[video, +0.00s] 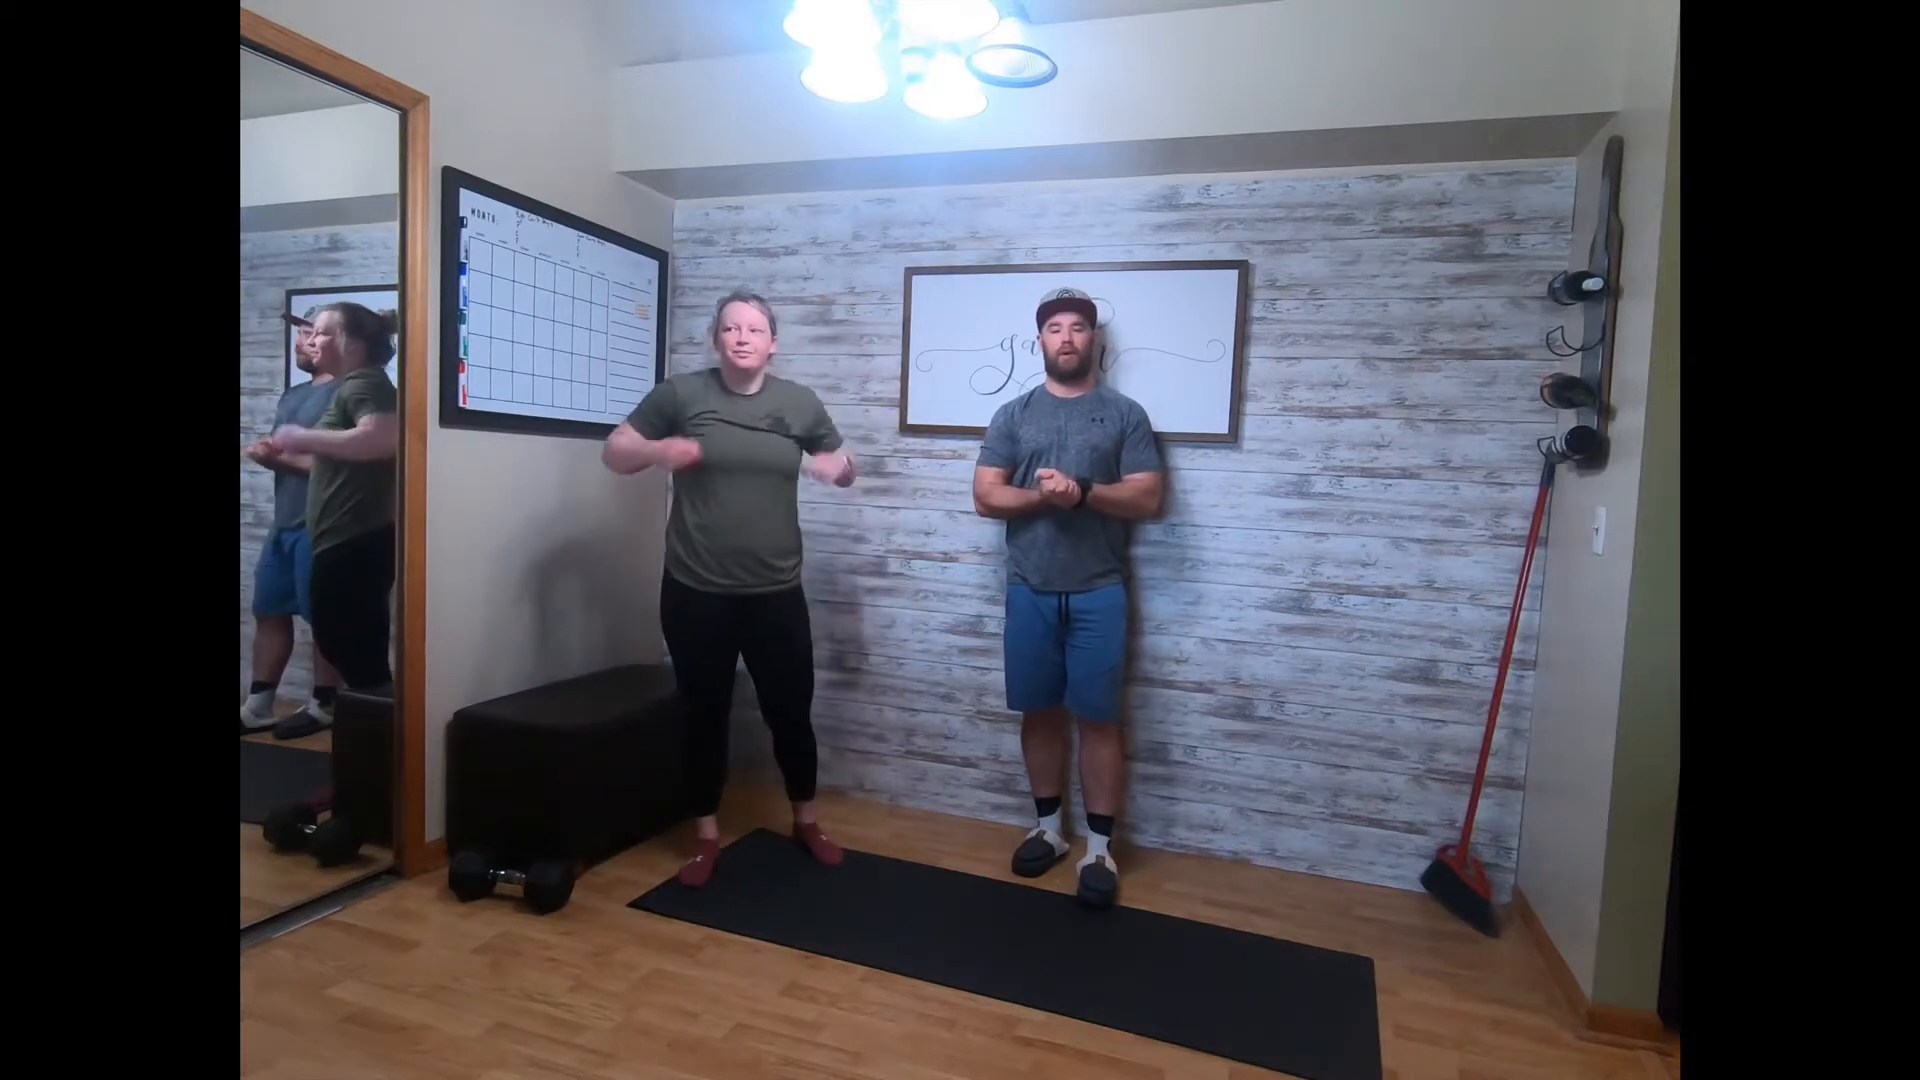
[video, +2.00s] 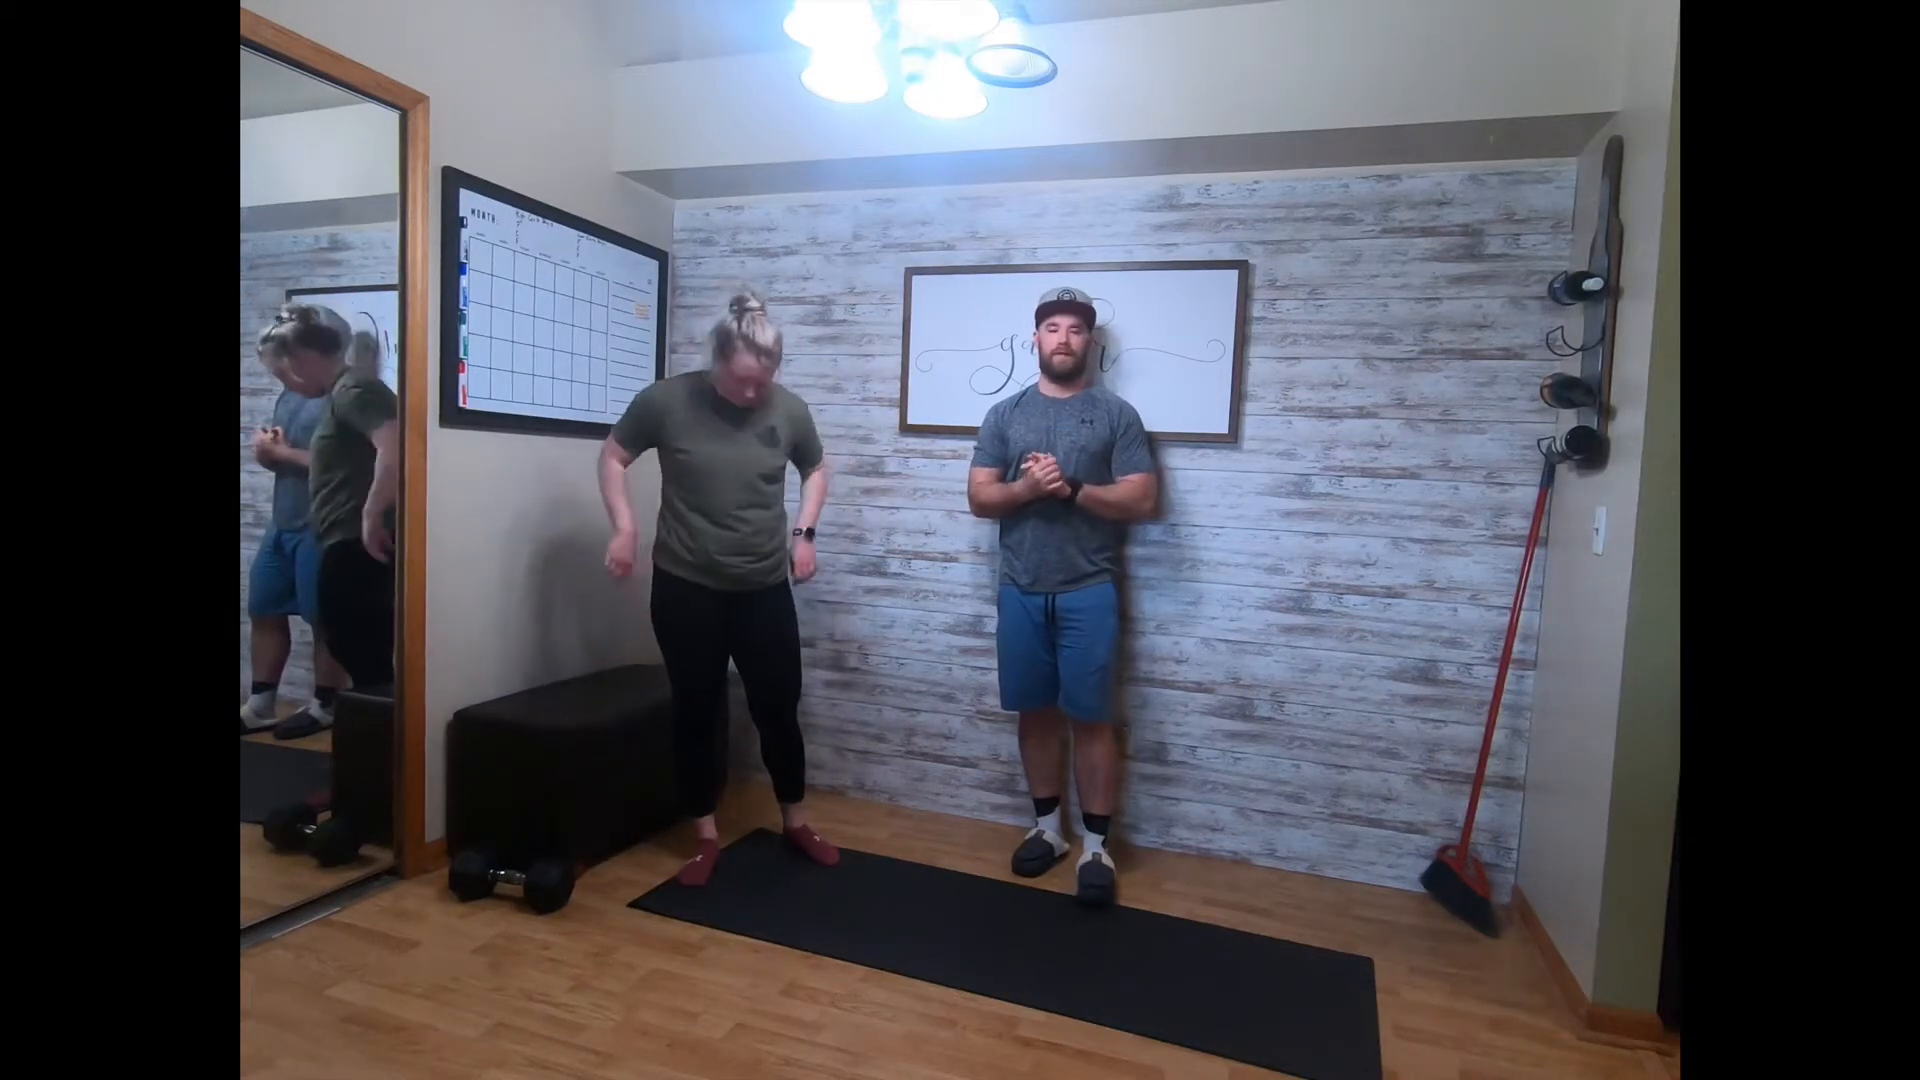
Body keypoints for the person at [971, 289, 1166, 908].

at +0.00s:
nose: (1067, 336)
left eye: (1078, 327)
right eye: (1056, 328)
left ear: (1095, 340)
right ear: (1041, 341)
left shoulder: (1124, 415)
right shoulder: (1013, 415)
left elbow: (1148, 499)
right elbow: (986, 495)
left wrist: (1082, 491)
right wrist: (1041, 495)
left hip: (1099, 585)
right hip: (1029, 586)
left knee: (1097, 715)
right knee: (1038, 711)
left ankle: (1099, 849)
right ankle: (1048, 829)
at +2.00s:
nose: (1063, 338)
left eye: (1075, 330)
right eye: (1052, 328)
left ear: (1091, 343)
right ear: (1036, 340)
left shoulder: (1115, 414)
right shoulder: (1004, 415)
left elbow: (1143, 500)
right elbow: (980, 498)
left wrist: (1071, 489)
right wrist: (1025, 488)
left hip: (1089, 584)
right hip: (1020, 585)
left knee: (1090, 714)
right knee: (1034, 710)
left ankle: (1096, 848)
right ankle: (1048, 830)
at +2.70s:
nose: (1057, 340)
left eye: (1067, 330)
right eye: (1045, 332)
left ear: (1086, 340)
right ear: (1031, 345)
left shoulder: (1119, 414)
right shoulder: (1008, 417)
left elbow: (1154, 499)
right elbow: (985, 498)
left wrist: (1087, 490)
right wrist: (1038, 496)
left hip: (1095, 584)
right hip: (1027, 585)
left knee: (1094, 715)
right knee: (1038, 710)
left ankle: (1097, 850)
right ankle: (1049, 829)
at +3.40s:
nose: (1067, 337)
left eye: (1078, 328)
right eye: (1056, 329)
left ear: (1096, 339)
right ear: (1042, 342)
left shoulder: (1125, 416)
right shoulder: (1014, 413)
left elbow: (1158, 503)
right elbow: (985, 494)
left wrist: (1103, 488)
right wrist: (1046, 498)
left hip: (1099, 584)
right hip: (1030, 584)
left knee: (1096, 714)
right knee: (1039, 709)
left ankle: (1098, 849)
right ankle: (1049, 830)